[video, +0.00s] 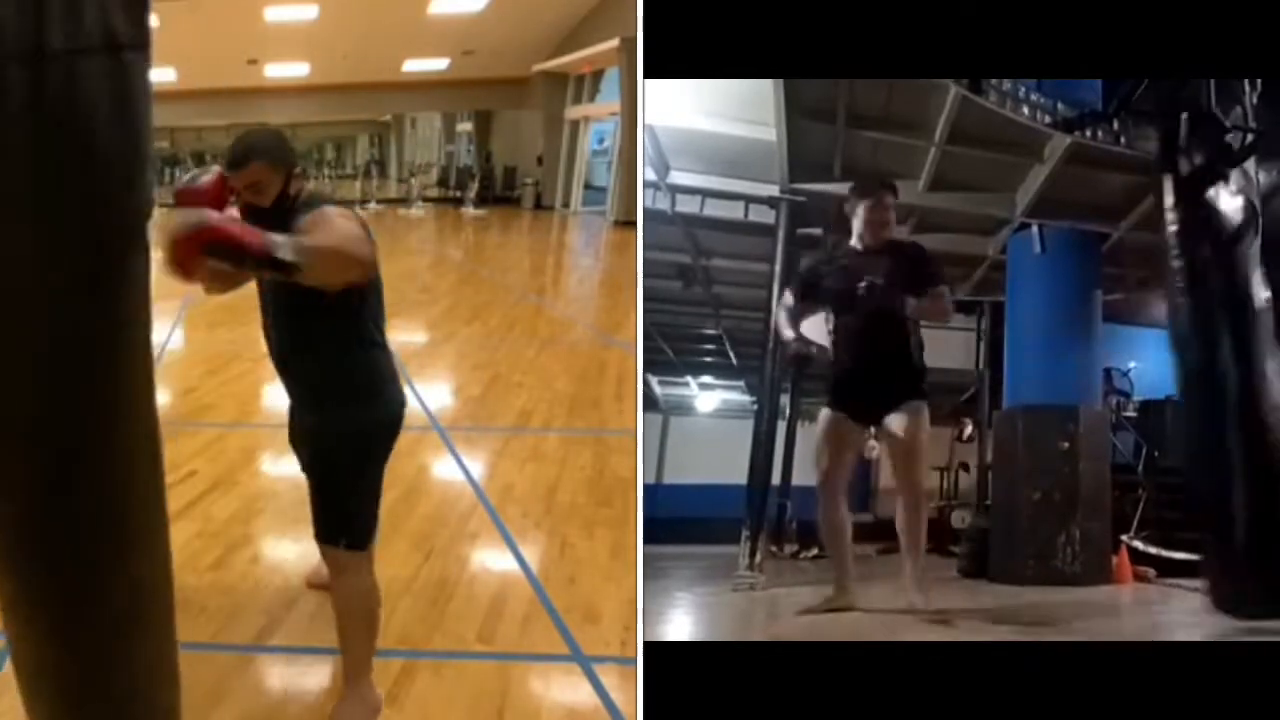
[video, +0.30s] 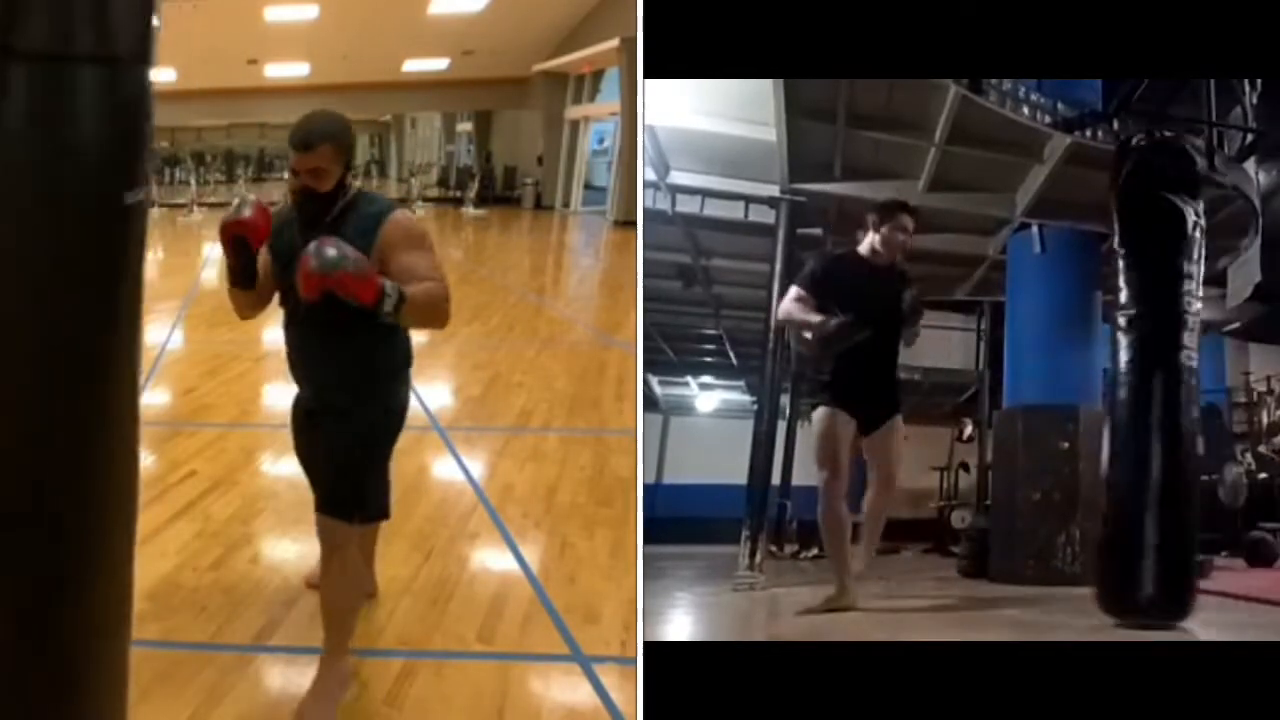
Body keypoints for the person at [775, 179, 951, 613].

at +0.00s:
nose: (883, 215)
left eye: (887, 207)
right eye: (874, 207)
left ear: (895, 213)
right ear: (853, 212)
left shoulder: (911, 256)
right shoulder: (830, 263)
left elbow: (943, 309)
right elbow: (786, 308)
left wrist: (906, 304)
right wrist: (792, 337)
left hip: (901, 380)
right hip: (848, 381)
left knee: (910, 480)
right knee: (829, 480)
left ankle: (914, 587)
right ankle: (842, 588)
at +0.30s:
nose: (904, 240)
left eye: (909, 234)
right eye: (898, 230)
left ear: (908, 240)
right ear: (874, 230)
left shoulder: (897, 280)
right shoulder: (832, 266)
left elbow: (903, 339)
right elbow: (787, 309)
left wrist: (910, 322)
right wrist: (822, 322)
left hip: (882, 388)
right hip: (836, 387)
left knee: (884, 482)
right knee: (832, 482)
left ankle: (865, 560)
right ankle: (843, 587)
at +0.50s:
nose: (902, 262)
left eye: (907, 256)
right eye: (896, 252)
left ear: (909, 262)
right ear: (873, 250)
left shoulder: (898, 301)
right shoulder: (836, 286)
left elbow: (923, 351)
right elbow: (791, 325)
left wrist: (911, 323)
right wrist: (836, 332)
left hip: (872, 404)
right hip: (831, 398)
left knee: (854, 496)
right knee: (830, 476)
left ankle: (828, 576)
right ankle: (825, 584)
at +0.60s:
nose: (903, 266)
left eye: (908, 260)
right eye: (897, 257)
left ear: (910, 266)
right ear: (875, 254)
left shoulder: (900, 303)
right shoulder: (840, 291)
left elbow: (924, 351)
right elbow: (792, 329)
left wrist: (910, 321)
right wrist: (836, 335)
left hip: (872, 405)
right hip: (832, 398)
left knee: (853, 492)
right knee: (831, 474)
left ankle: (828, 575)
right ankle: (814, 575)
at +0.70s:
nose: (898, 262)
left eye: (904, 257)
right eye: (893, 252)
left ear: (906, 264)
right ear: (872, 252)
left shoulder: (896, 303)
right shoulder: (838, 288)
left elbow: (918, 353)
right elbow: (794, 326)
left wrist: (908, 316)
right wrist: (835, 323)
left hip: (869, 402)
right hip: (829, 396)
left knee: (848, 491)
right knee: (824, 479)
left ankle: (824, 576)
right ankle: (790, 569)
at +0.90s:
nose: (890, 264)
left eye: (895, 258)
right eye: (884, 255)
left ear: (898, 266)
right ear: (864, 256)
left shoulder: (889, 304)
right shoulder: (837, 289)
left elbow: (881, 349)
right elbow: (811, 324)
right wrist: (864, 311)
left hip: (871, 405)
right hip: (829, 401)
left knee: (881, 491)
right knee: (805, 489)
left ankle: (842, 561)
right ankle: (787, 574)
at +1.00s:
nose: (889, 264)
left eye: (894, 260)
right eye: (884, 256)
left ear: (896, 268)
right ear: (863, 257)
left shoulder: (889, 306)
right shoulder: (833, 289)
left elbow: (881, 343)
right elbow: (812, 327)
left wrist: (908, 361)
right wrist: (864, 318)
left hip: (867, 406)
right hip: (825, 402)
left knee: (897, 459)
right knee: (799, 483)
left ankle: (865, 546)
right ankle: (788, 576)